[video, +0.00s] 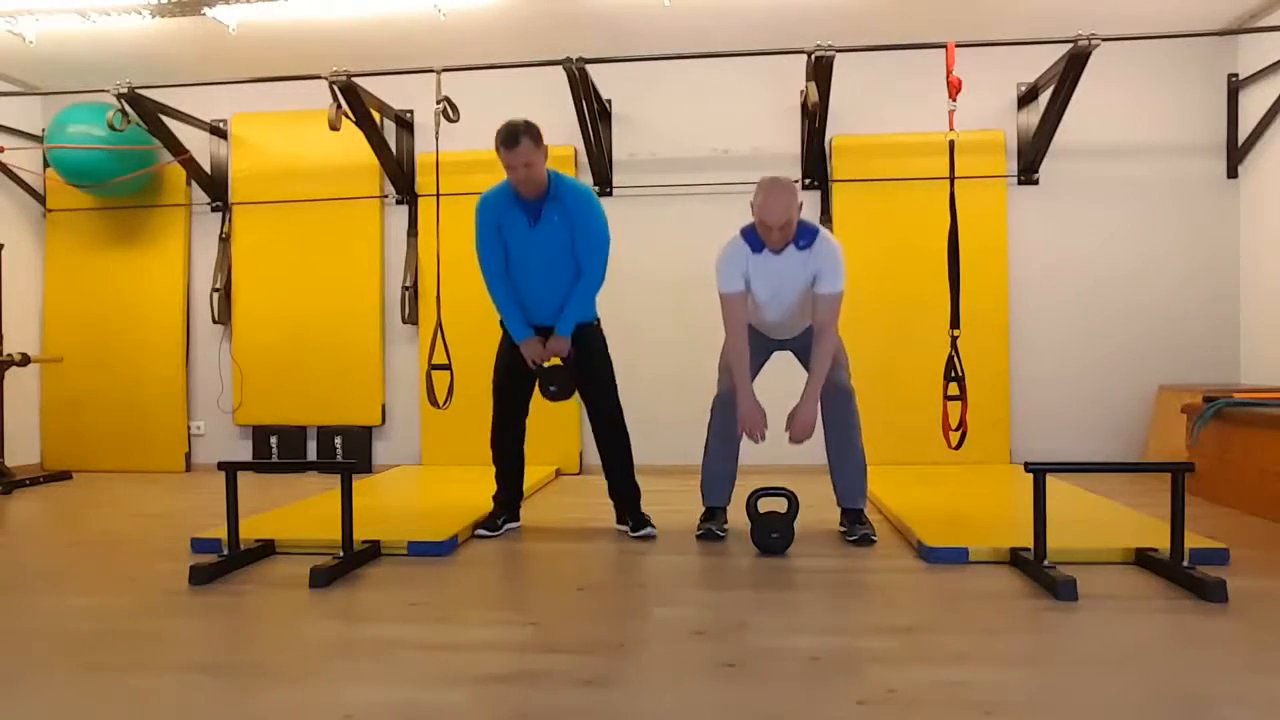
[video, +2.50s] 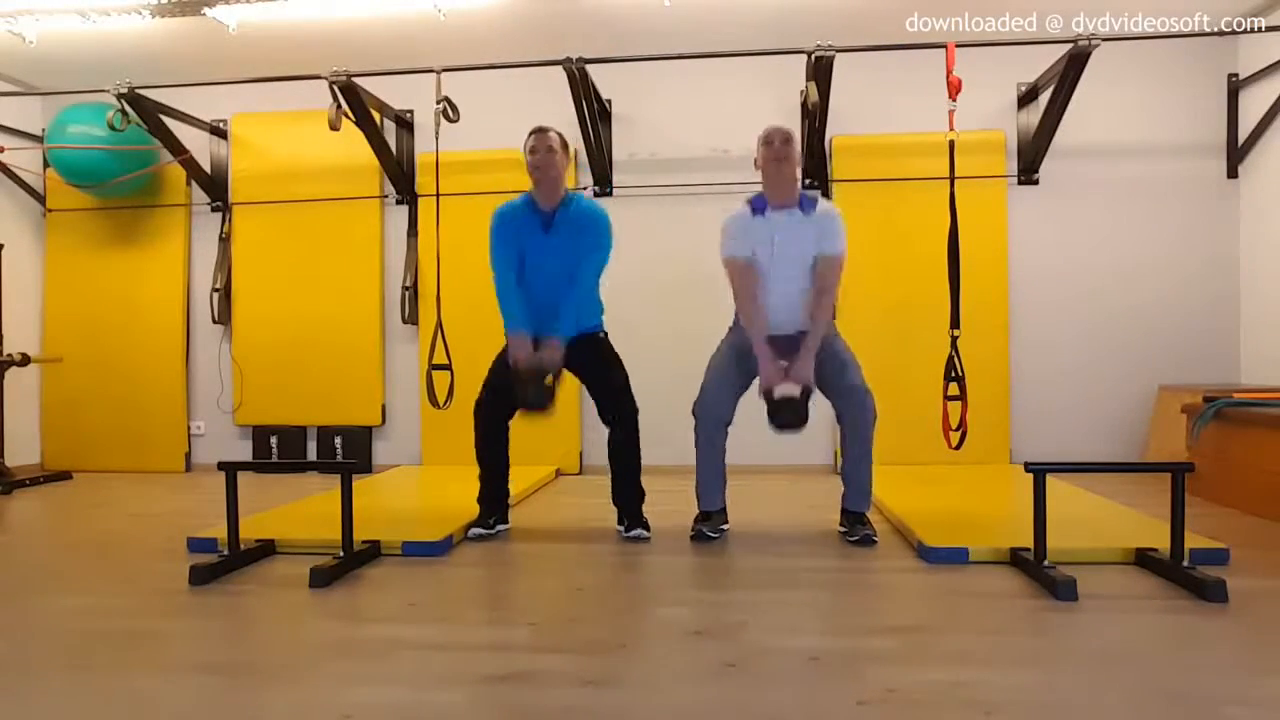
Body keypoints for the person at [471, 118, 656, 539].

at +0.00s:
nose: (519, 175)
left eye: (526, 165)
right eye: (510, 167)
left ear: (544, 153)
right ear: (500, 164)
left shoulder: (580, 200)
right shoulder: (491, 207)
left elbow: (593, 272)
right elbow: (496, 279)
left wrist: (566, 330)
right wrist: (523, 335)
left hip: (578, 324)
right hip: (520, 328)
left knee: (607, 416)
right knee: (506, 423)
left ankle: (629, 511)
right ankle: (506, 510)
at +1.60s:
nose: (538, 135)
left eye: (546, 128)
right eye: (531, 129)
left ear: (563, 139)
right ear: (521, 140)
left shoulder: (586, 195)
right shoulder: (500, 194)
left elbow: (577, 260)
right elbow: (496, 256)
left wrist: (552, 311)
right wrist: (509, 310)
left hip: (569, 320)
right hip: (512, 320)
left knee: (603, 413)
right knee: (491, 413)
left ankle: (629, 515)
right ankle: (491, 512)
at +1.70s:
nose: (544, 134)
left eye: (552, 128)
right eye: (537, 128)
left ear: (567, 140)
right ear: (527, 139)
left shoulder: (587, 187)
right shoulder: (503, 187)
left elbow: (575, 227)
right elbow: (493, 227)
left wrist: (543, 253)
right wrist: (503, 255)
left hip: (566, 317)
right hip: (514, 316)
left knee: (598, 415)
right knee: (498, 415)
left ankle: (629, 515)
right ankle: (492, 513)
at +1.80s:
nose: (548, 138)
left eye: (556, 133)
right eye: (541, 134)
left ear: (570, 146)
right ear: (529, 146)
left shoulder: (588, 184)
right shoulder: (512, 182)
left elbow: (580, 194)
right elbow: (492, 199)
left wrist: (538, 199)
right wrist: (503, 209)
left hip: (568, 317)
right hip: (516, 313)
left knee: (598, 417)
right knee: (501, 416)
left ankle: (630, 517)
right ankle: (493, 515)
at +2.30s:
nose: (549, 135)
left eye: (556, 129)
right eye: (541, 130)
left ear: (572, 139)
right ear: (531, 140)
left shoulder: (593, 187)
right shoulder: (515, 186)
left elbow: (583, 215)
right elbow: (497, 216)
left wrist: (542, 218)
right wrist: (513, 216)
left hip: (580, 324)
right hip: (526, 323)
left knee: (609, 418)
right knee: (502, 418)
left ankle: (630, 515)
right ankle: (493, 514)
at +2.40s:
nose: (547, 143)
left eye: (555, 137)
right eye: (540, 138)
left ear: (571, 148)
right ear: (530, 149)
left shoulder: (594, 203)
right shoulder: (510, 201)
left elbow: (581, 250)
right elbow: (502, 246)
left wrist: (549, 278)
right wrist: (509, 277)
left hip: (582, 331)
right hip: (529, 333)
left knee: (616, 415)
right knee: (495, 412)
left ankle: (630, 514)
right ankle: (493, 513)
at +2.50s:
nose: (543, 156)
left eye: (551, 150)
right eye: (536, 151)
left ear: (567, 161)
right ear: (525, 164)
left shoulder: (593, 218)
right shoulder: (507, 217)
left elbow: (585, 284)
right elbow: (505, 281)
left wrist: (560, 338)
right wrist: (517, 335)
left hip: (581, 335)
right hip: (525, 336)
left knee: (622, 410)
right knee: (489, 411)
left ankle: (631, 514)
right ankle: (493, 512)